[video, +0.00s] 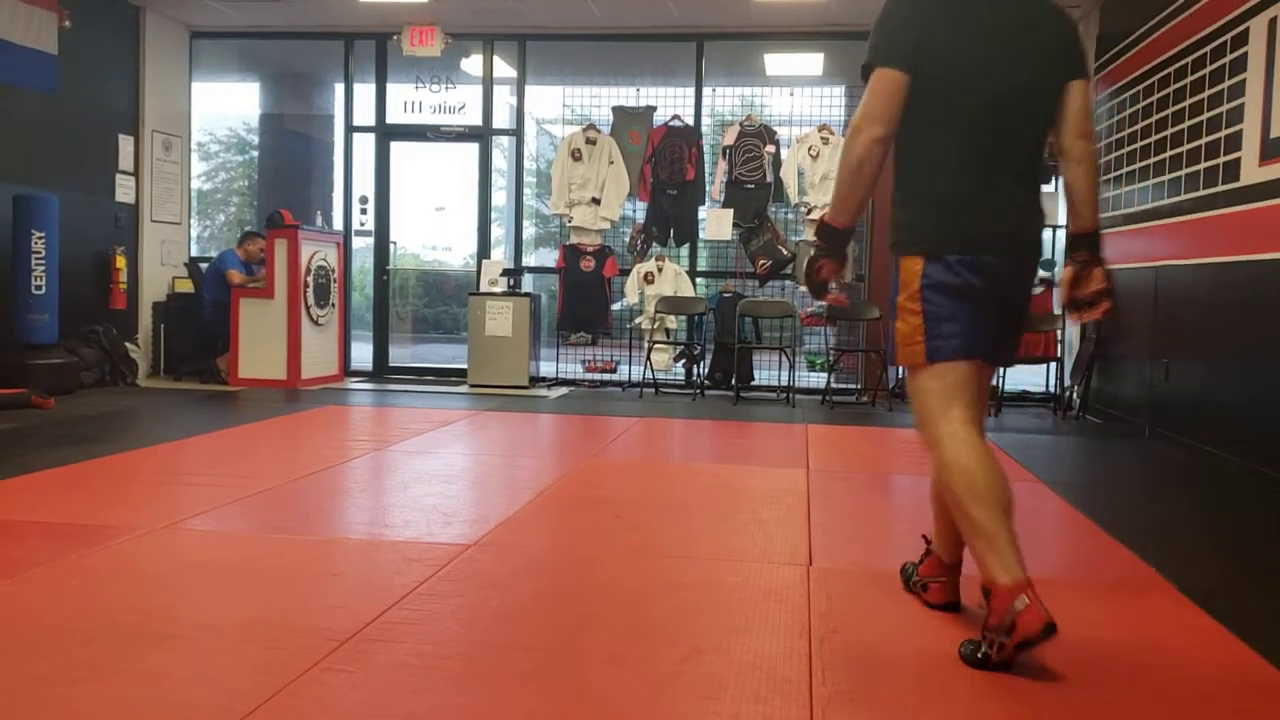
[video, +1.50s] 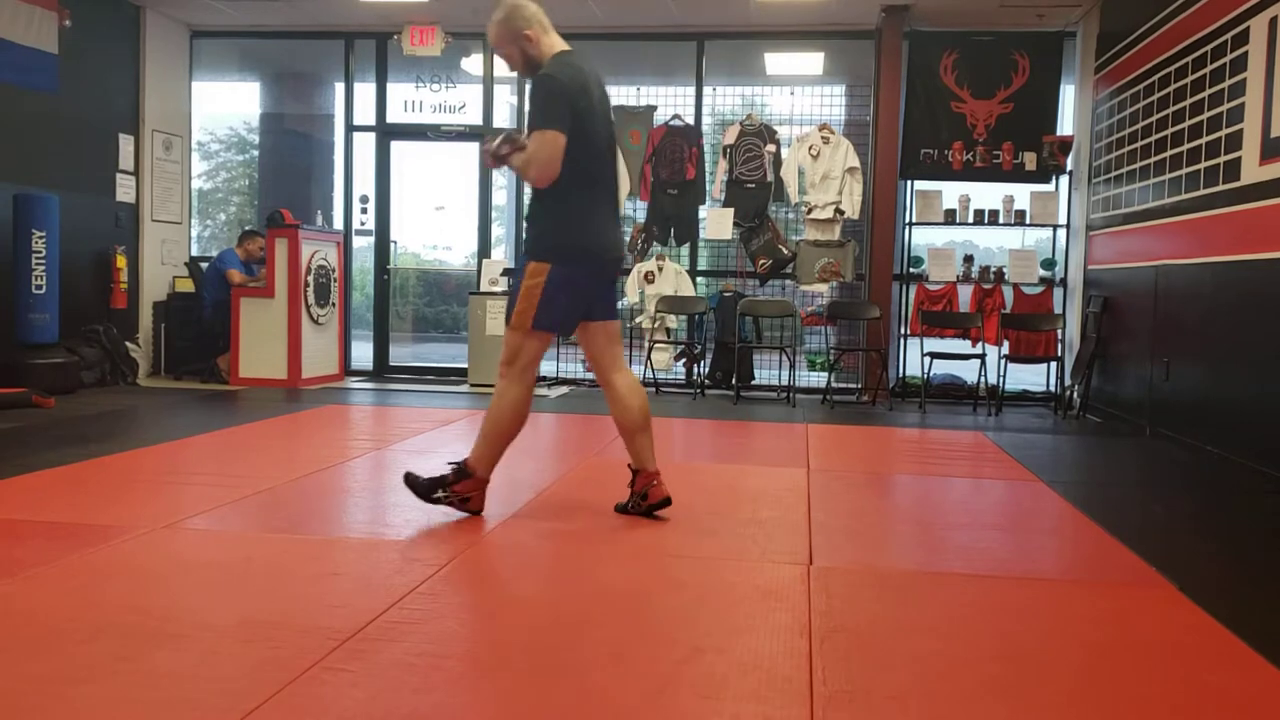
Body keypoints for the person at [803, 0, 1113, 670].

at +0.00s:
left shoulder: (912, 12)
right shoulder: (1055, 21)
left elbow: (873, 130)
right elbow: (1077, 141)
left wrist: (833, 236)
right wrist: (1084, 248)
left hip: (936, 239)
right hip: (1016, 240)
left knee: (950, 422)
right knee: (963, 414)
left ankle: (1014, 597)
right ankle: (941, 566)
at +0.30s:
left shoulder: (853, 18)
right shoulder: (952, 29)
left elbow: (838, 129)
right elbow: (967, 138)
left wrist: (781, 194)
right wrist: (913, 174)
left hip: (861, 226)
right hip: (936, 228)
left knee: (803, 370)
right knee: (924, 395)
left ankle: (834, 526)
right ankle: (936, 560)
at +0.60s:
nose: (736, 13)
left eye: (738, 8)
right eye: (738, 9)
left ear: (752, 3)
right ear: (801, 0)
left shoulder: (741, 49)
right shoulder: (846, 55)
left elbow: (701, 161)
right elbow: (856, 153)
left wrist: (734, 193)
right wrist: (798, 165)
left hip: (756, 243)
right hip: (827, 243)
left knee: (742, 388)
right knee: (838, 379)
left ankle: (731, 526)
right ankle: (890, 494)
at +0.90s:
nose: (665, 12)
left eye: (665, 9)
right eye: (667, 10)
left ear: (675, 6)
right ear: (722, 7)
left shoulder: (663, 55)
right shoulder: (760, 65)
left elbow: (625, 152)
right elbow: (789, 160)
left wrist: (651, 180)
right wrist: (734, 175)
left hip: (686, 238)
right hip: (740, 238)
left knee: (705, 383)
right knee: (708, 375)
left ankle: (728, 521)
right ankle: (692, 489)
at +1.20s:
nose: (594, 54)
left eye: (591, 44)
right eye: (589, 47)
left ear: (606, 24)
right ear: (635, 18)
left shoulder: (620, 71)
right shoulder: (683, 77)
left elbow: (589, 165)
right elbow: (694, 177)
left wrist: (582, 139)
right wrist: (627, 170)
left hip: (625, 242)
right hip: (673, 243)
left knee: (581, 364)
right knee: (652, 363)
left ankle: (663, 457)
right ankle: (658, 490)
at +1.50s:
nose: (511, 68)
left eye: (507, 56)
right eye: (505, 59)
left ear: (529, 38)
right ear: (540, 34)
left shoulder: (554, 80)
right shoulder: (587, 77)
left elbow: (542, 171)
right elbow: (608, 175)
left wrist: (511, 152)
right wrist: (525, 149)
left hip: (558, 251)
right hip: (599, 248)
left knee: (516, 368)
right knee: (612, 366)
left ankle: (471, 481)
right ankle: (648, 482)